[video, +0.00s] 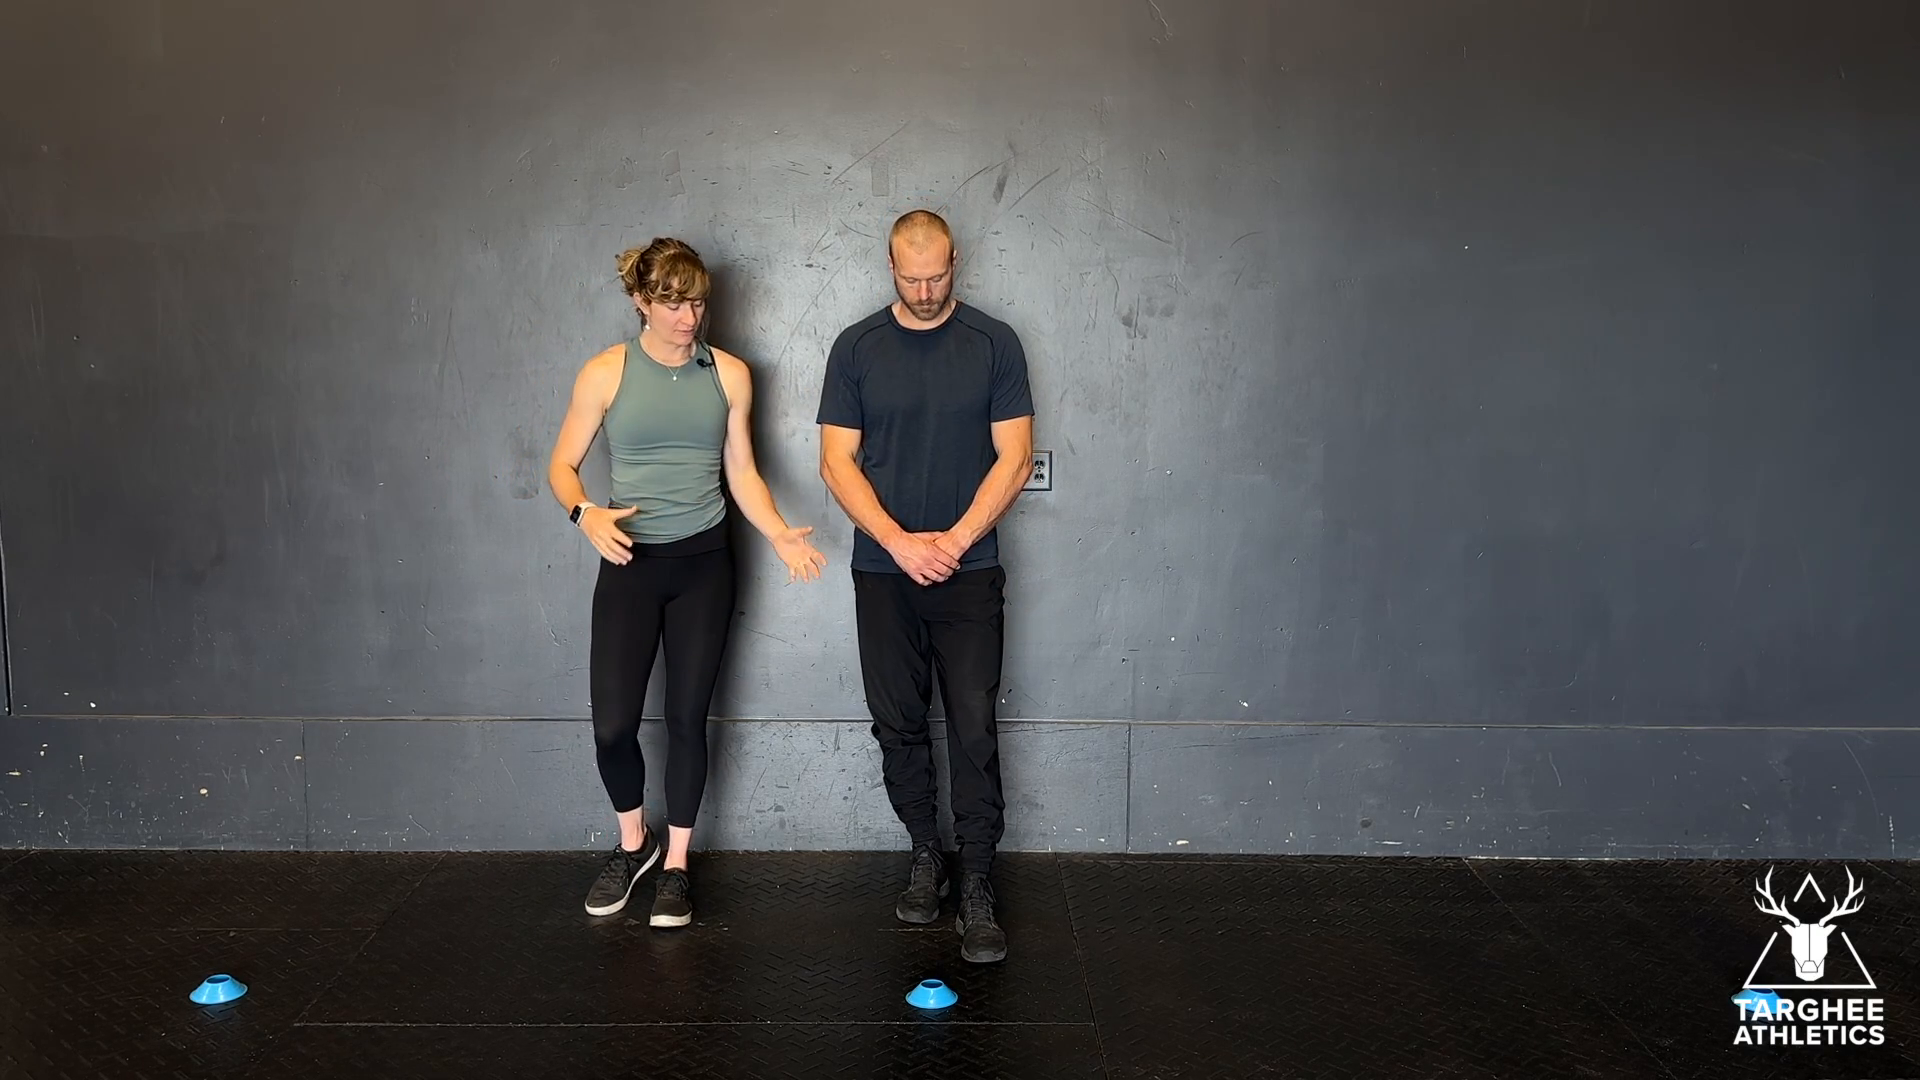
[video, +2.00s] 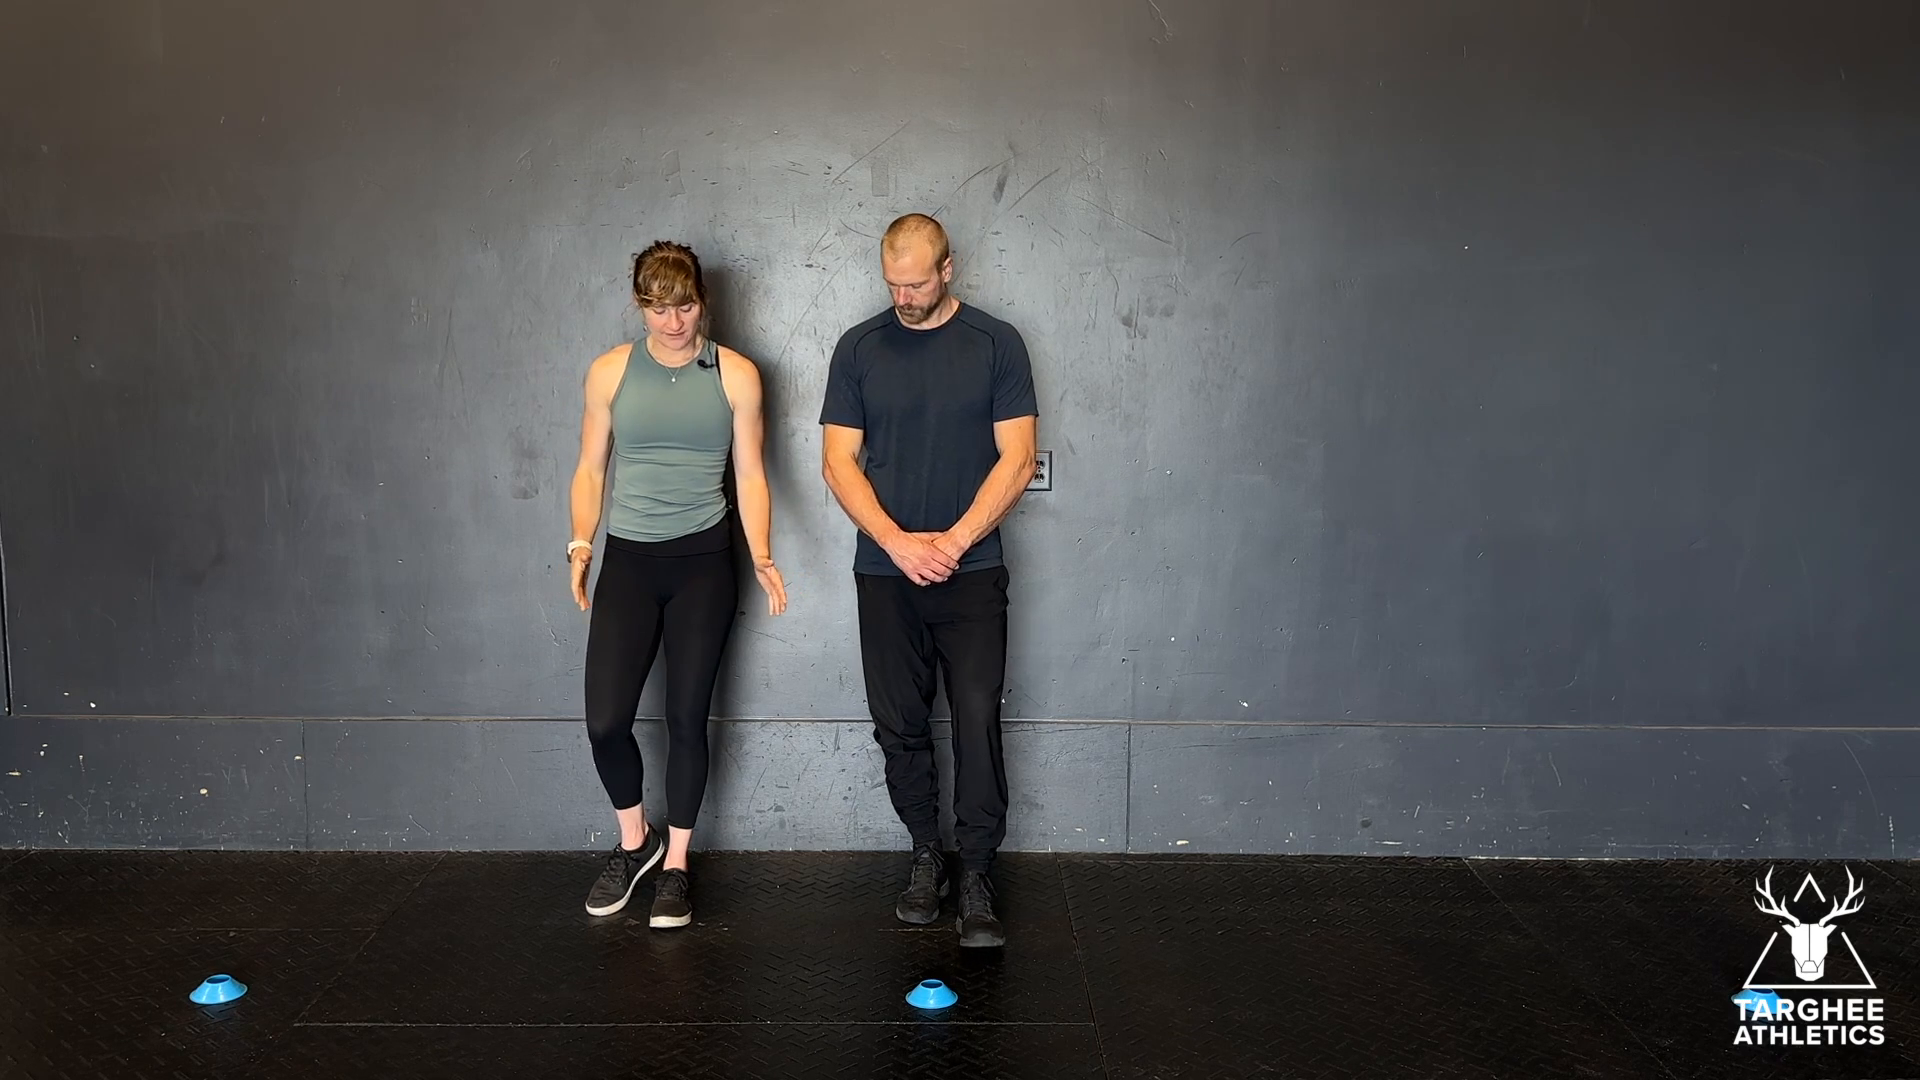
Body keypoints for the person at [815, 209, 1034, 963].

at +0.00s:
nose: (925, 289)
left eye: (936, 276)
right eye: (911, 278)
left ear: (953, 265)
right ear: (892, 269)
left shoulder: (993, 343)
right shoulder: (856, 347)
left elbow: (1015, 462)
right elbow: (836, 465)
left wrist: (953, 541)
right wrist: (897, 540)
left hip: (968, 570)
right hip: (885, 571)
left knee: (974, 728)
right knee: (900, 726)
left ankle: (977, 882)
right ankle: (929, 857)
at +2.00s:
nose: (905, 298)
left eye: (917, 286)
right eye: (895, 285)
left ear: (946, 270)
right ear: (882, 272)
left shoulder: (996, 344)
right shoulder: (859, 348)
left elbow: (1018, 462)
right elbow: (837, 462)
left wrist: (953, 541)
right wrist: (894, 539)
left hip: (971, 567)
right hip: (885, 567)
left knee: (977, 722)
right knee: (900, 723)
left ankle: (977, 875)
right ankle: (929, 856)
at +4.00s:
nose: (935, 296)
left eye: (943, 283)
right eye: (922, 285)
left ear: (951, 270)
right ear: (891, 274)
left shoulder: (984, 341)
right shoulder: (849, 348)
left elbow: (1011, 457)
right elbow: (831, 465)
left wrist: (953, 538)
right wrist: (893, 539)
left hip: (965, 567)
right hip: (882, 571)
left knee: (970, 725)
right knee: (897, 725)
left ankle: (977, 883)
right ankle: (928, 857)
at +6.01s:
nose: (981, 267)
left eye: (992, 253)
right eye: (969, 256)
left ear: (1015, 255)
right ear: (956, 262)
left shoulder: (1058, 338)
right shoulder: (927, 341)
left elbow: (1081, 448)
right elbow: (909, 450)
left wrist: (1025, 525)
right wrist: (969, 523)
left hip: (1033, 550)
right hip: (952, 549)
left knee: (1017, 700)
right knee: (944, 701)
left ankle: (993, 832)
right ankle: (944, 846)